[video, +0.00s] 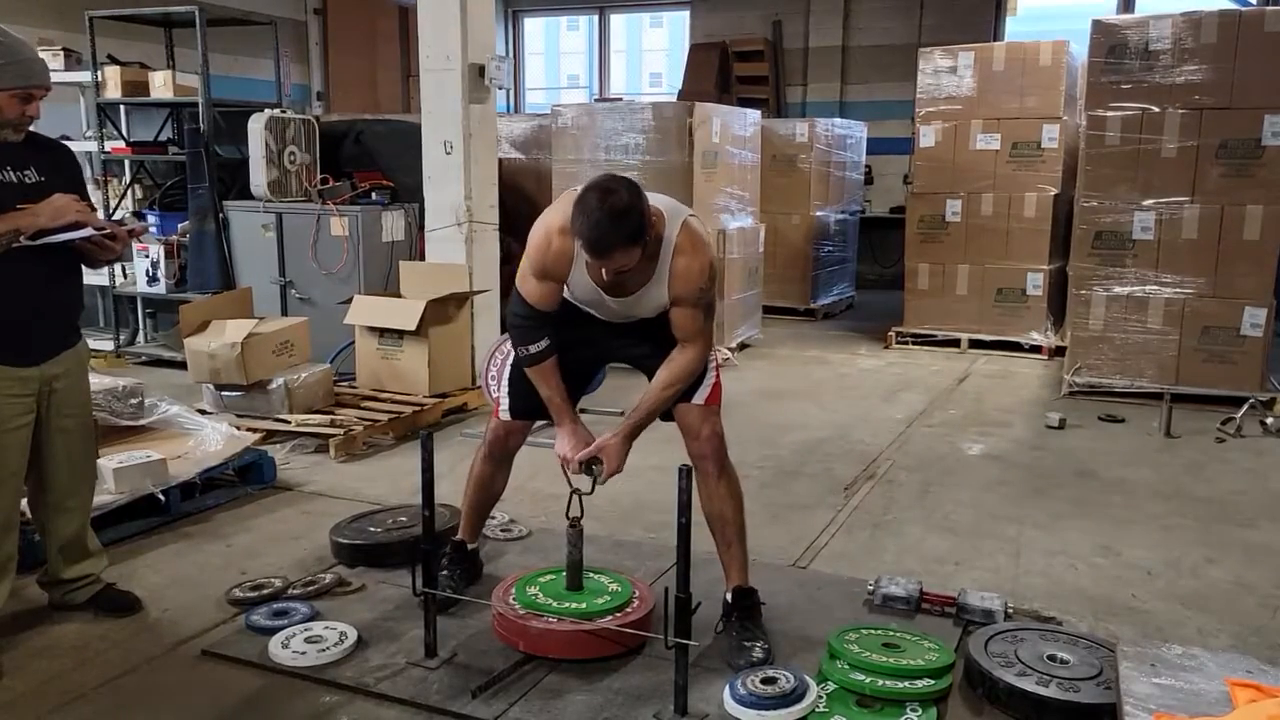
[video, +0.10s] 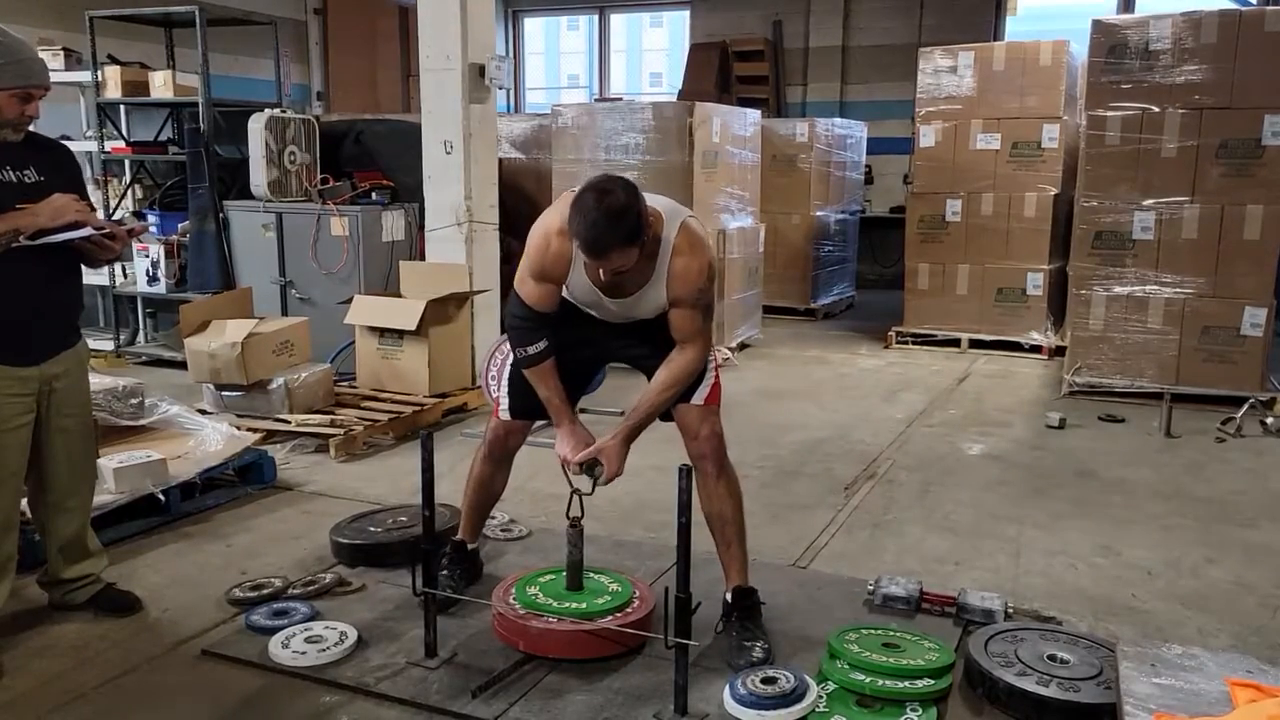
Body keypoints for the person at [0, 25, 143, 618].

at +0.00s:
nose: (34, 109)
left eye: (39, 97)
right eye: (23, 98)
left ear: (43, 92)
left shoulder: (57, 157)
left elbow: (84, 245)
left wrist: (107, 250)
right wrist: (36, 216)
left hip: (63, 347)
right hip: (4, 356)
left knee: (69, 474)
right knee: (5, 491)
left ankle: (74, 581)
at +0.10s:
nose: (33, 109)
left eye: (39, 97)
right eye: (22, 97)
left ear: (43, 92)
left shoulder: (57, 157)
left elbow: (84, 244)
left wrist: (107, 249)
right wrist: (32, 218)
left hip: (62, 346)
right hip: (4, 356)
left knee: (70, 473)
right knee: (5, 491)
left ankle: (75, 579)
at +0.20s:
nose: (32, 109)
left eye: (39, 97)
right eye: (22, 97)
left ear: (43, 92)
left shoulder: (56, 157)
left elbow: (86, 243)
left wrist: (107, 249)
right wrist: (31, 217)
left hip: (62, 346)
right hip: (4, 355)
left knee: (70, 472)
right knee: (5, 490)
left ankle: (75, 578)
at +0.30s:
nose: (32, 109)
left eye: (38, 97)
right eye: (22, 97)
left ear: (42, 92)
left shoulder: (55, 157)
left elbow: (85, 243)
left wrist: (106, 249)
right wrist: (31, 217)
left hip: (62, 346)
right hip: (4, 355)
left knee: (69, 473)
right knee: (5, 490)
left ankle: (75, 580)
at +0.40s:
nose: (33, 109)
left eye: (39, 97)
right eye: (22, 97)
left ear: (43, 92)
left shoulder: (55, 157)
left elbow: (85, 243)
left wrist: (106, 249)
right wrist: (32, 216)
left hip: (62, 346)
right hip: (4, 355)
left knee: (70, 473)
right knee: (5, 491)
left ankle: (75, 580)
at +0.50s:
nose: (33, 109)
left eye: (39, 97)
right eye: (22, 97)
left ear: (44, 92)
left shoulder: (55, 157)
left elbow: (84, 242)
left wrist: (106, 248)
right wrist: (33, 216)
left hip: (62, 345)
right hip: (4, 354)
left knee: (70, 472)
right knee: (5, 489)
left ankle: (75, 579)